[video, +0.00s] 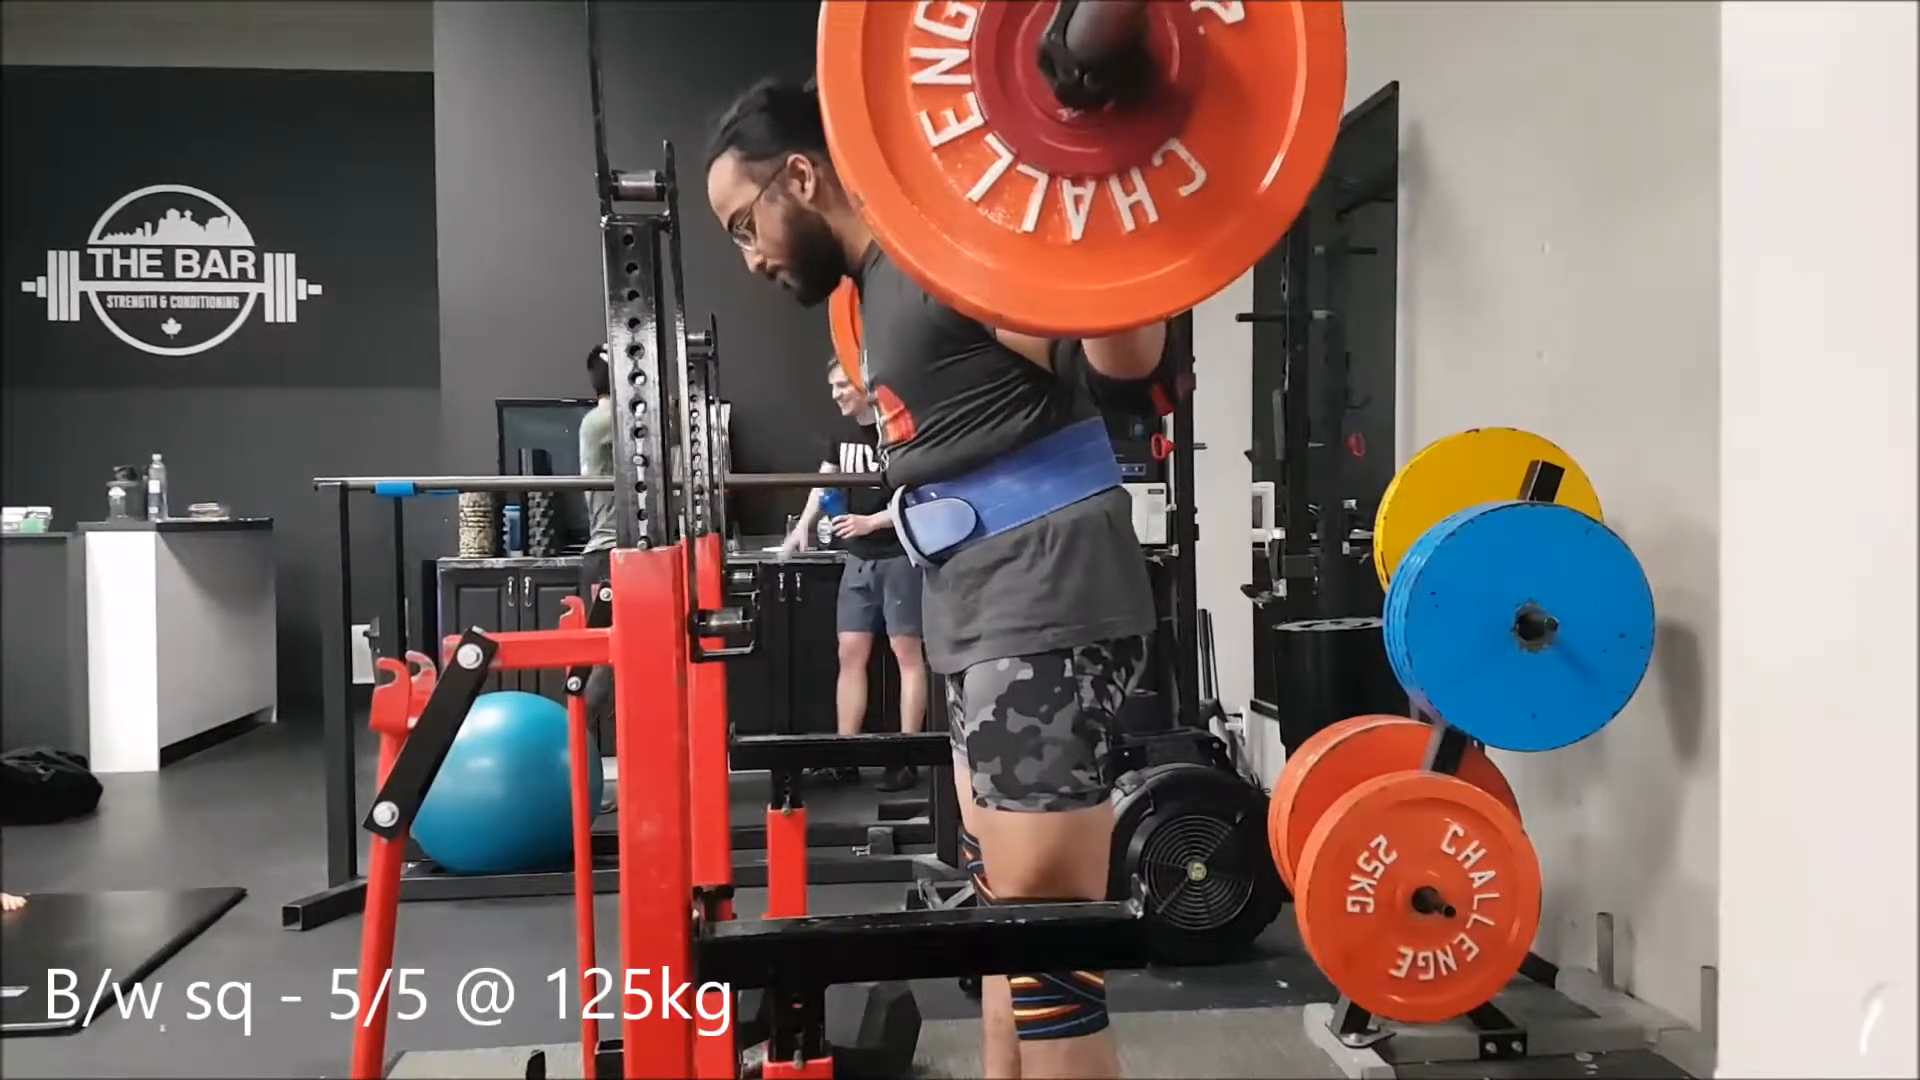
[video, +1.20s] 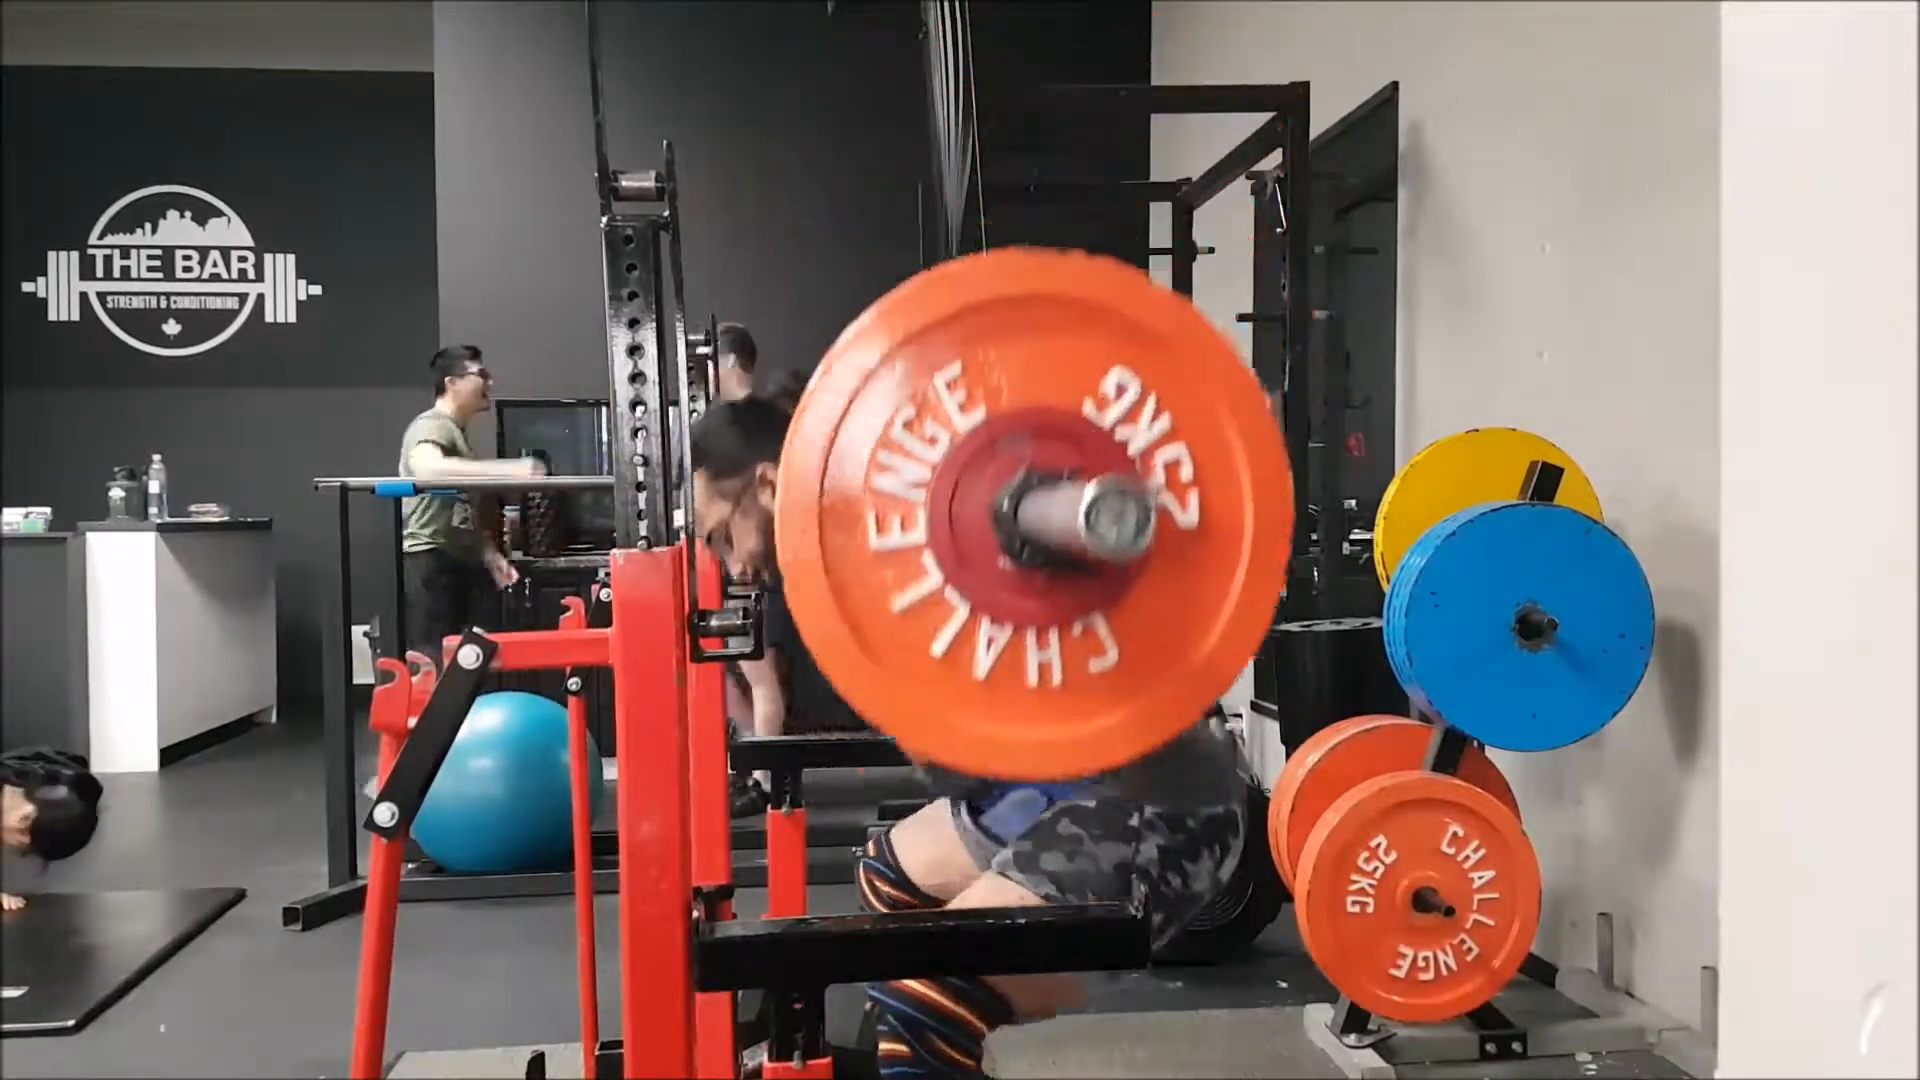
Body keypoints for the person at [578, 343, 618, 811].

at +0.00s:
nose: (634, 377)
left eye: (627, 367)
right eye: (628, 368)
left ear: (597, 377)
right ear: (616, 375)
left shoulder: (596, 420)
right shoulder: (607, 419)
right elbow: (653, 434)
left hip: (603, 549)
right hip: (610, 551)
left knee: (605, 657)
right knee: (612, 658)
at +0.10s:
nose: (620, 384)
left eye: (619, 377)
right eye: (617, 377)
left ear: (593, 384)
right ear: (603, 381)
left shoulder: (613, 419)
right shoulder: (580, 422)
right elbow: (611, 427)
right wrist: (617, 390)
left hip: (618, 552)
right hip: (594, 554)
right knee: (591, 661)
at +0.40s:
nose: (573, 381)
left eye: (572, 373)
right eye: (567, 376)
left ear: (537, 380)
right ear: (556, 379)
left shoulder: (575, 423)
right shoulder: (528, 423)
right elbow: (580, 397)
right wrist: (561, 355)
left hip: (599, 551)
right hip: (563, 553)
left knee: (604, 664)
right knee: (571, 664)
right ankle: (557, 762)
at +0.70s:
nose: (523, 382)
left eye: (519, 373)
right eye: (513, 376)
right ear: (502, 383)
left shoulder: (522, 442)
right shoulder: (479, 428)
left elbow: (559, 502)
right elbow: (533, 397)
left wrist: (620, 520)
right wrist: (510, 356)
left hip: (542, 560)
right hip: (514, 562)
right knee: (537, 660)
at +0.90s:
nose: (517, 389)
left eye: (516, 383)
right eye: (510, 382)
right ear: (486, 390)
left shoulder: (500, 448)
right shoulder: (455, 429)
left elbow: (517, 511)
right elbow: (509, 407)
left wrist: (564, 522)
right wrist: (498, 365)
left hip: (501, 565)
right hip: (467, 567)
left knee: (509, 667)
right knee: (473, 666)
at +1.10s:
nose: (499, 383)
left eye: (497, 375)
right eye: (490, 375)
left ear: (468, 384)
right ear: (462, 384)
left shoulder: (479, 434)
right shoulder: (436, 422)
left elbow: (486, 510)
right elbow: (456, 442)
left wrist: (511, 545)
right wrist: (514, 404)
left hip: (471, 557)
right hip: (435, 557)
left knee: (478, 653)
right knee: (447, 656)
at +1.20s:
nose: (489, 382)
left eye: (486, 375)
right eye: (480, 375)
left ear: (456, 385)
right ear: (451, 384)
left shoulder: (458, 436)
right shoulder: (430, 425)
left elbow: (464, 515)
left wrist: (490, 554)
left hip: (458, 560)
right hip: (430, 560)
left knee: (462, 656)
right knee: (433, 659)